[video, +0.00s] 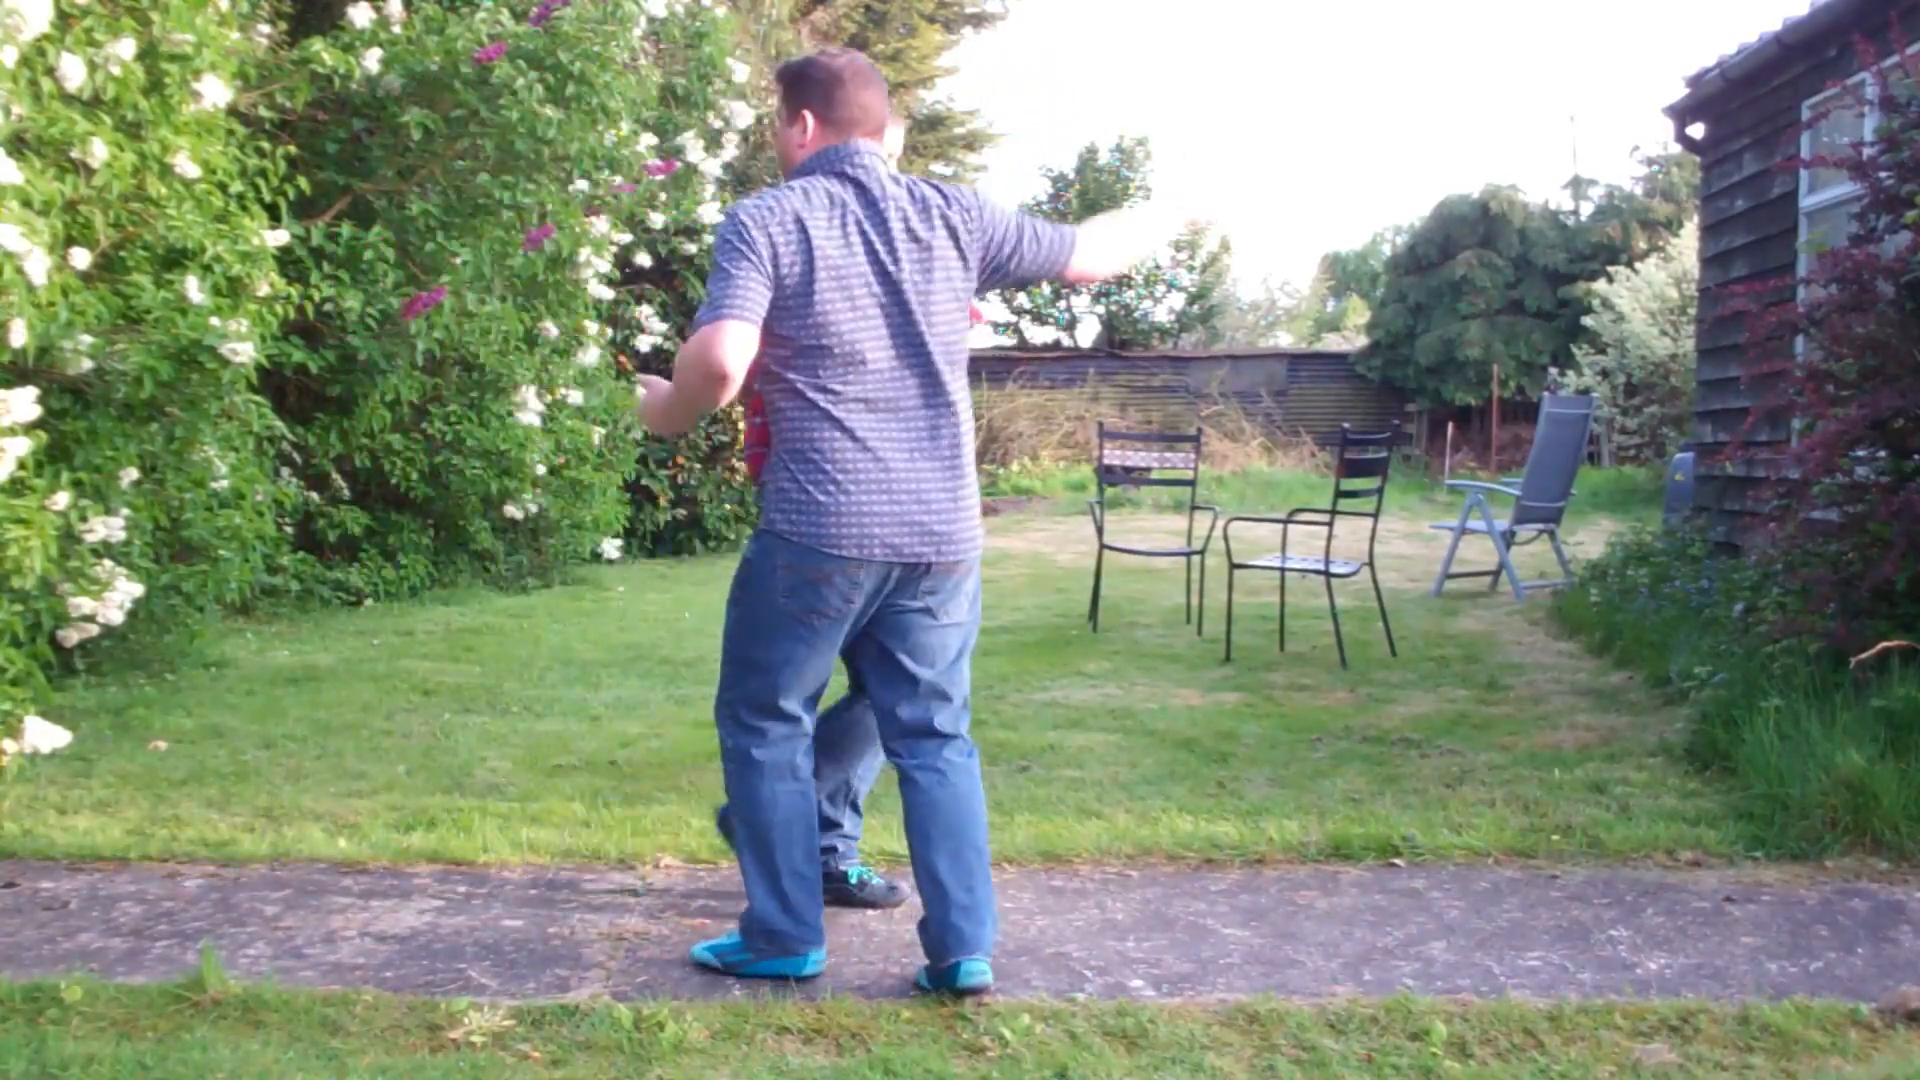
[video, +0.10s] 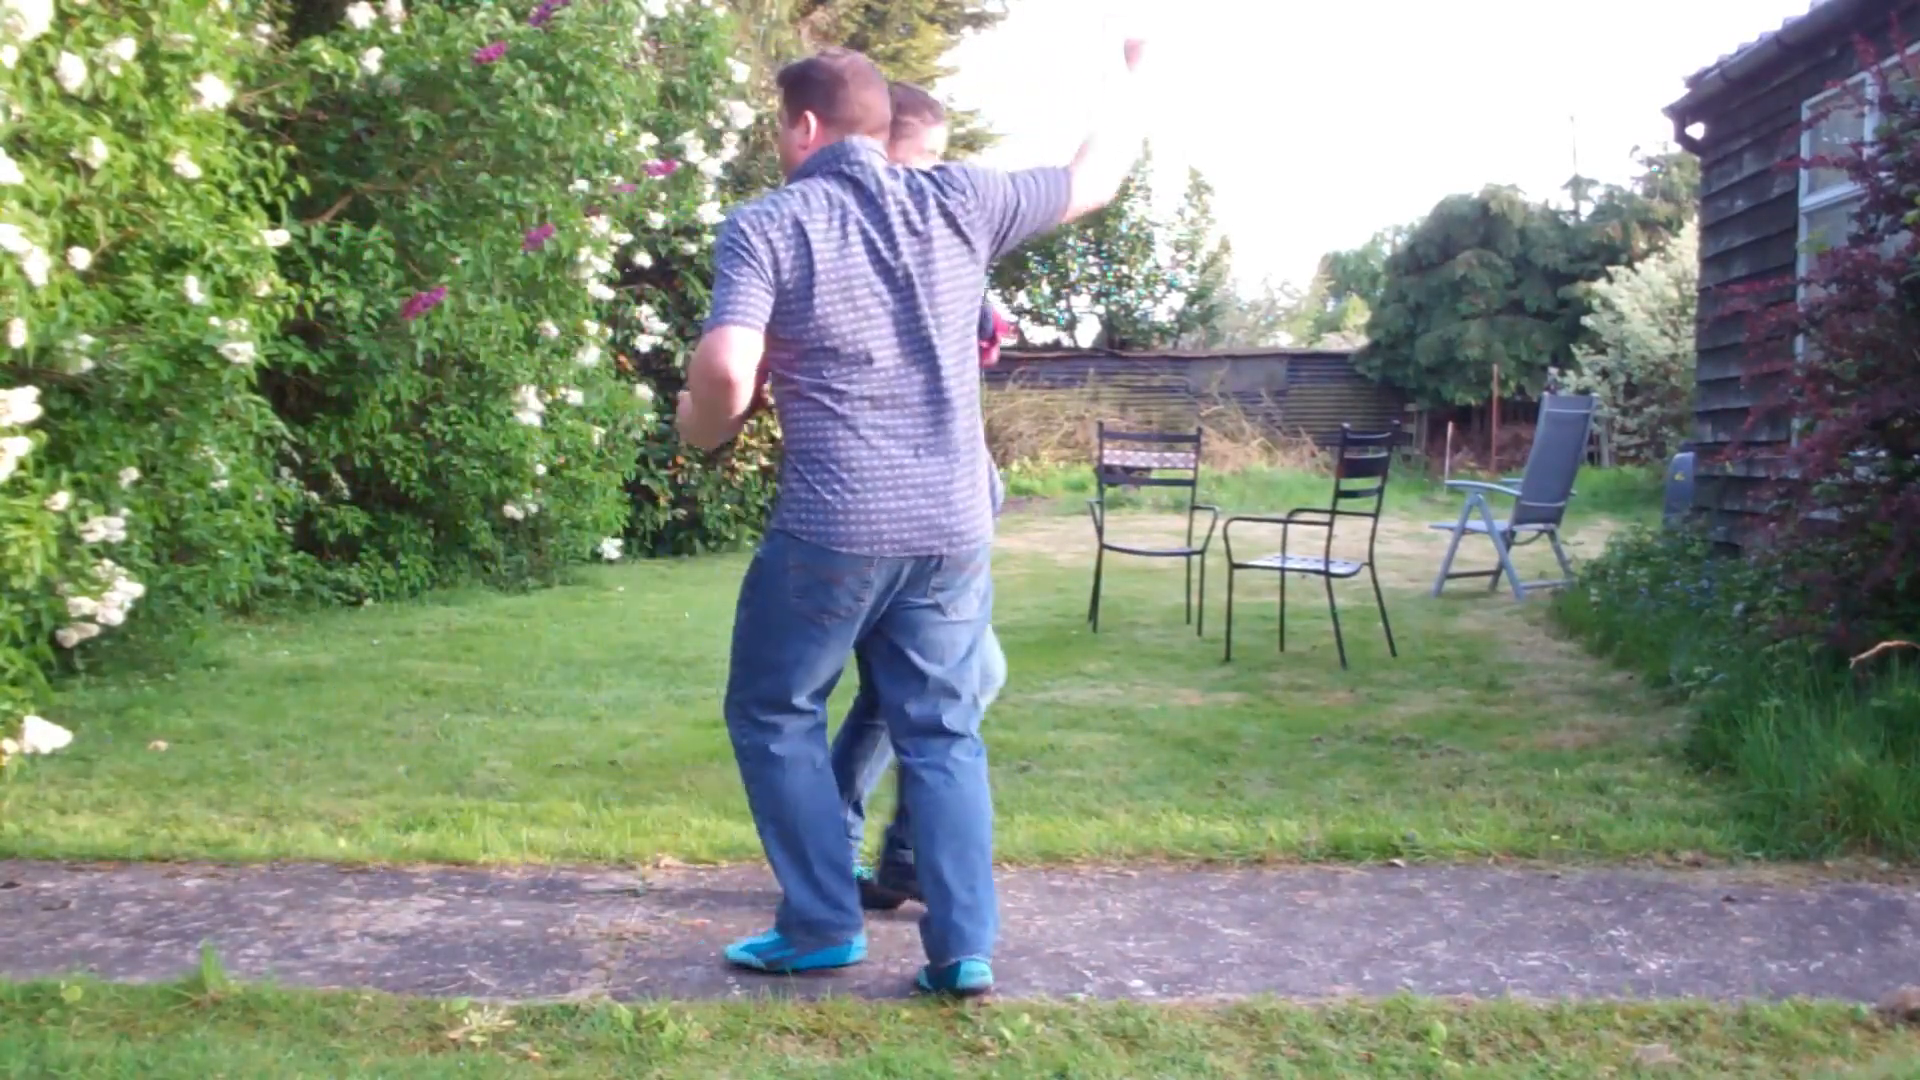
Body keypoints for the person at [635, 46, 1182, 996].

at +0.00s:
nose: (774, 141)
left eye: (778, 126)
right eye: (775, 126)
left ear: (804, 128)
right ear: (884, 129)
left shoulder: (769, 217)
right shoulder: (950, 211)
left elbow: (721, 361)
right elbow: (1084, 258)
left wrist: (668, 410)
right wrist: (1137, 238)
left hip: (824, 528)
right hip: (944, 529)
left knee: (764, 718)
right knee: (936, 734)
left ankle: (783, 935)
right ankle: (964, 951)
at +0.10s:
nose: (775, 140)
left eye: (777, 127)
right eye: (776, 128)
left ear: (803, 126)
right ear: (885, 128)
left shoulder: (768, 220)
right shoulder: (954, 198)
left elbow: (728, 371)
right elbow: (1084, 184)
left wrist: (706, 434)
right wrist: (1127, 95)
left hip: (836, 524)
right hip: (954, 523)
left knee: (774, 711)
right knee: (943, 731)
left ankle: (820, 924)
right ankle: (965, 951)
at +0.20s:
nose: (774, 137)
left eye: (780, 121)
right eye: (779, 120)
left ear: (805, 127)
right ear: (881, 123)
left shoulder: (762, 228)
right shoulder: (943, 184)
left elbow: (723, 374)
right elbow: (1033, 112)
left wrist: (731, 435)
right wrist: (1028, 7)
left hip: (842, 518)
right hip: (958, 505)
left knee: (793, 710)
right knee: (944, 726)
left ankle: (865, 915)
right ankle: (965, 949)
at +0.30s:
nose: (767, 137)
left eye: (771, 121)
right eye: (772, 120)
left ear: (791, 126)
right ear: (870, 120)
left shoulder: (750, 231)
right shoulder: (922, 173)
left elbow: (715, 379)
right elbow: (970, 69)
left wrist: (737, 433)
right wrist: (933, 7)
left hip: (836, 516)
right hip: (952, 499)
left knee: (811, 715)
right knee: (939, 717)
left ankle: (866, 923)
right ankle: (966, 933)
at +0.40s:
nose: (751, 137)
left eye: (756, 121)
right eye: (757, 121)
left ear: (780, 124)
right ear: (850, 114)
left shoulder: (742, 228)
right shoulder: (909, 167)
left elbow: (716, 389)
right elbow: (905, 56)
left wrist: (749, 424)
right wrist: (834, 6)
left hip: (831, 511)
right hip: (944, 495)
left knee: (816, 720)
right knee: (919, 697)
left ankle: (868, 925)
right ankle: (967, 878)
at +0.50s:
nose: (737, 140)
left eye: (738, 120)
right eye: (737, 122)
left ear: (766, 121)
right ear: (829, 112)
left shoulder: (747, 226)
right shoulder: (896, 163)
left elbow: (716, 387)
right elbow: (837, 75)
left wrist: (769, 388)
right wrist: (711, 42)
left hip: (828, 515)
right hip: (930, 493)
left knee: (814, 714)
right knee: (877, 678)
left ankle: (869, 925)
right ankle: (944, 850)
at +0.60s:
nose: (726, 139)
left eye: (729, 125)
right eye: (725, 126)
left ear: (765, 117)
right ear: (808, 107)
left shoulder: (774, 214)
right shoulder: (875, 158)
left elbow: (720, 371)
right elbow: (763, 115)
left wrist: (702, 346)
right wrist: (665, 115)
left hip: (833, 503)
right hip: (902, 475)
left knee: (804, 699)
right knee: (785, 670)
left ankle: (865, 924)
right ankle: (886, 859)